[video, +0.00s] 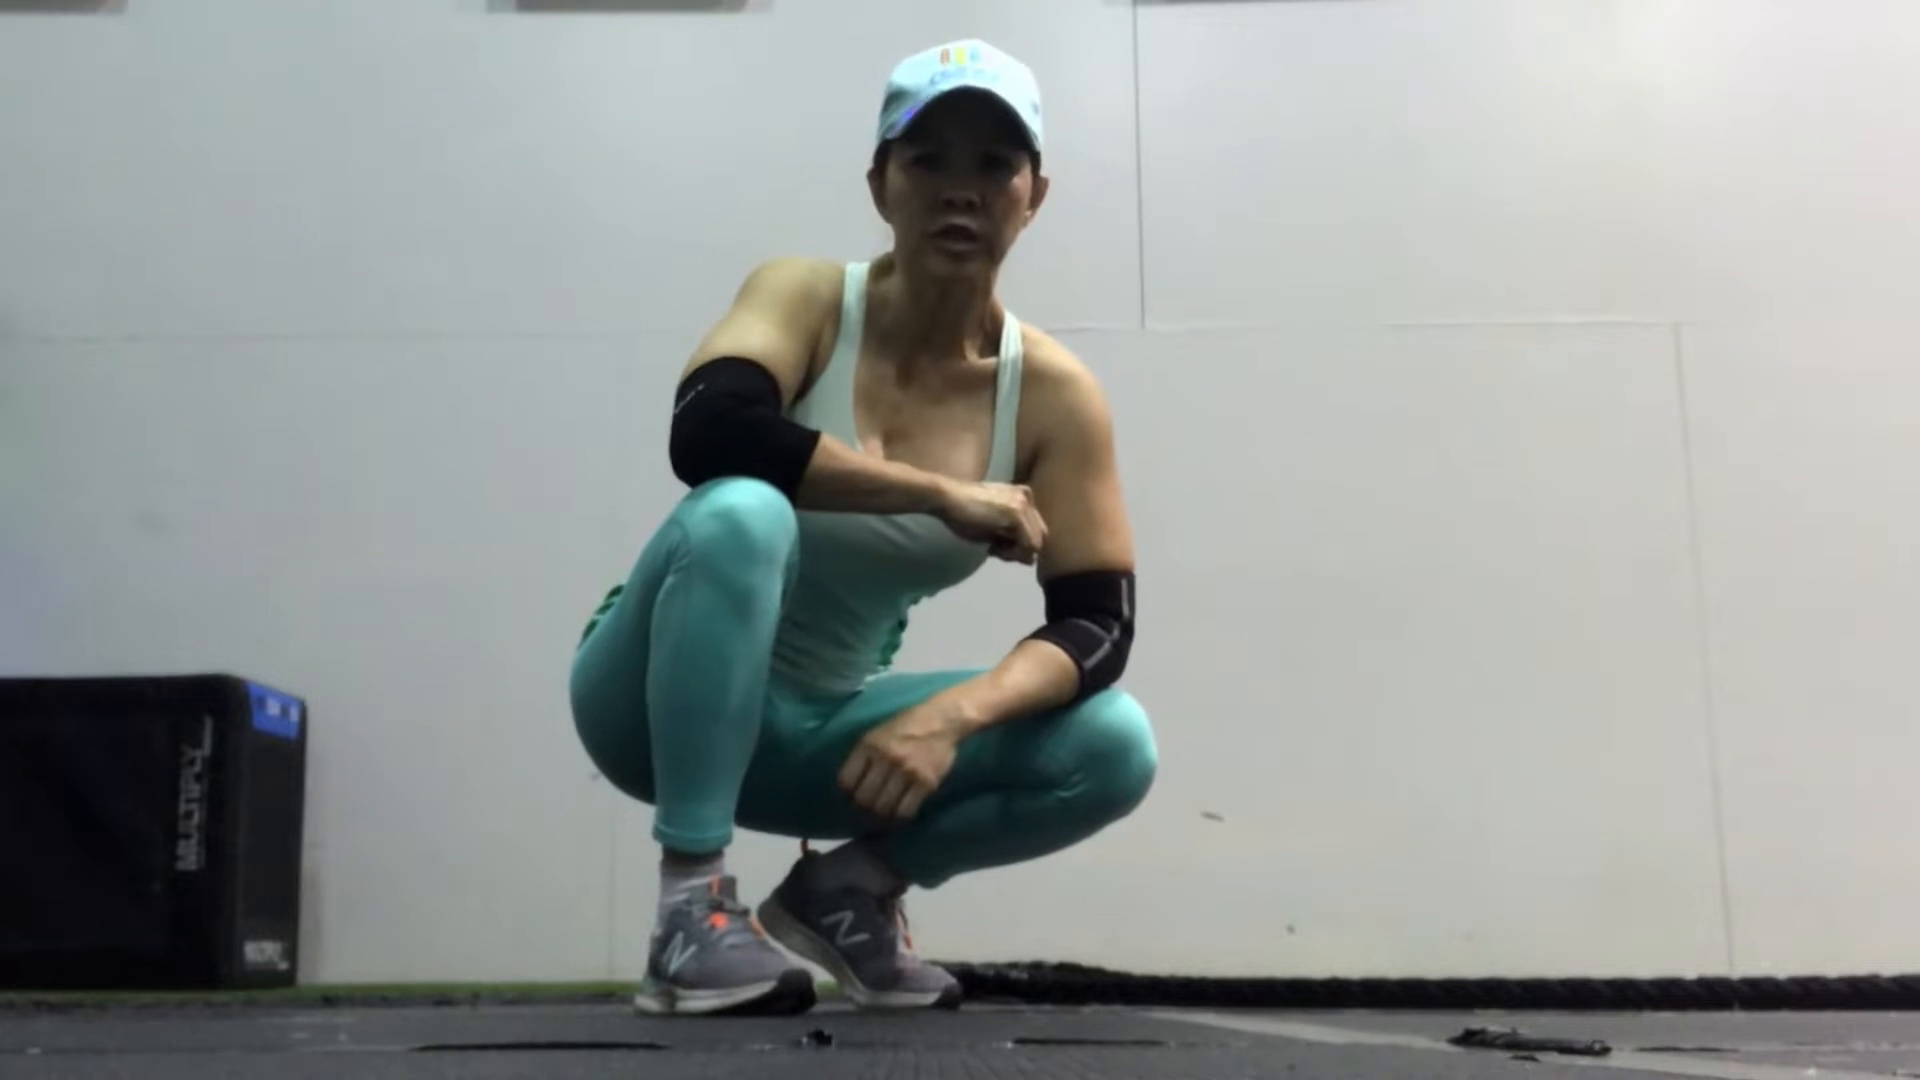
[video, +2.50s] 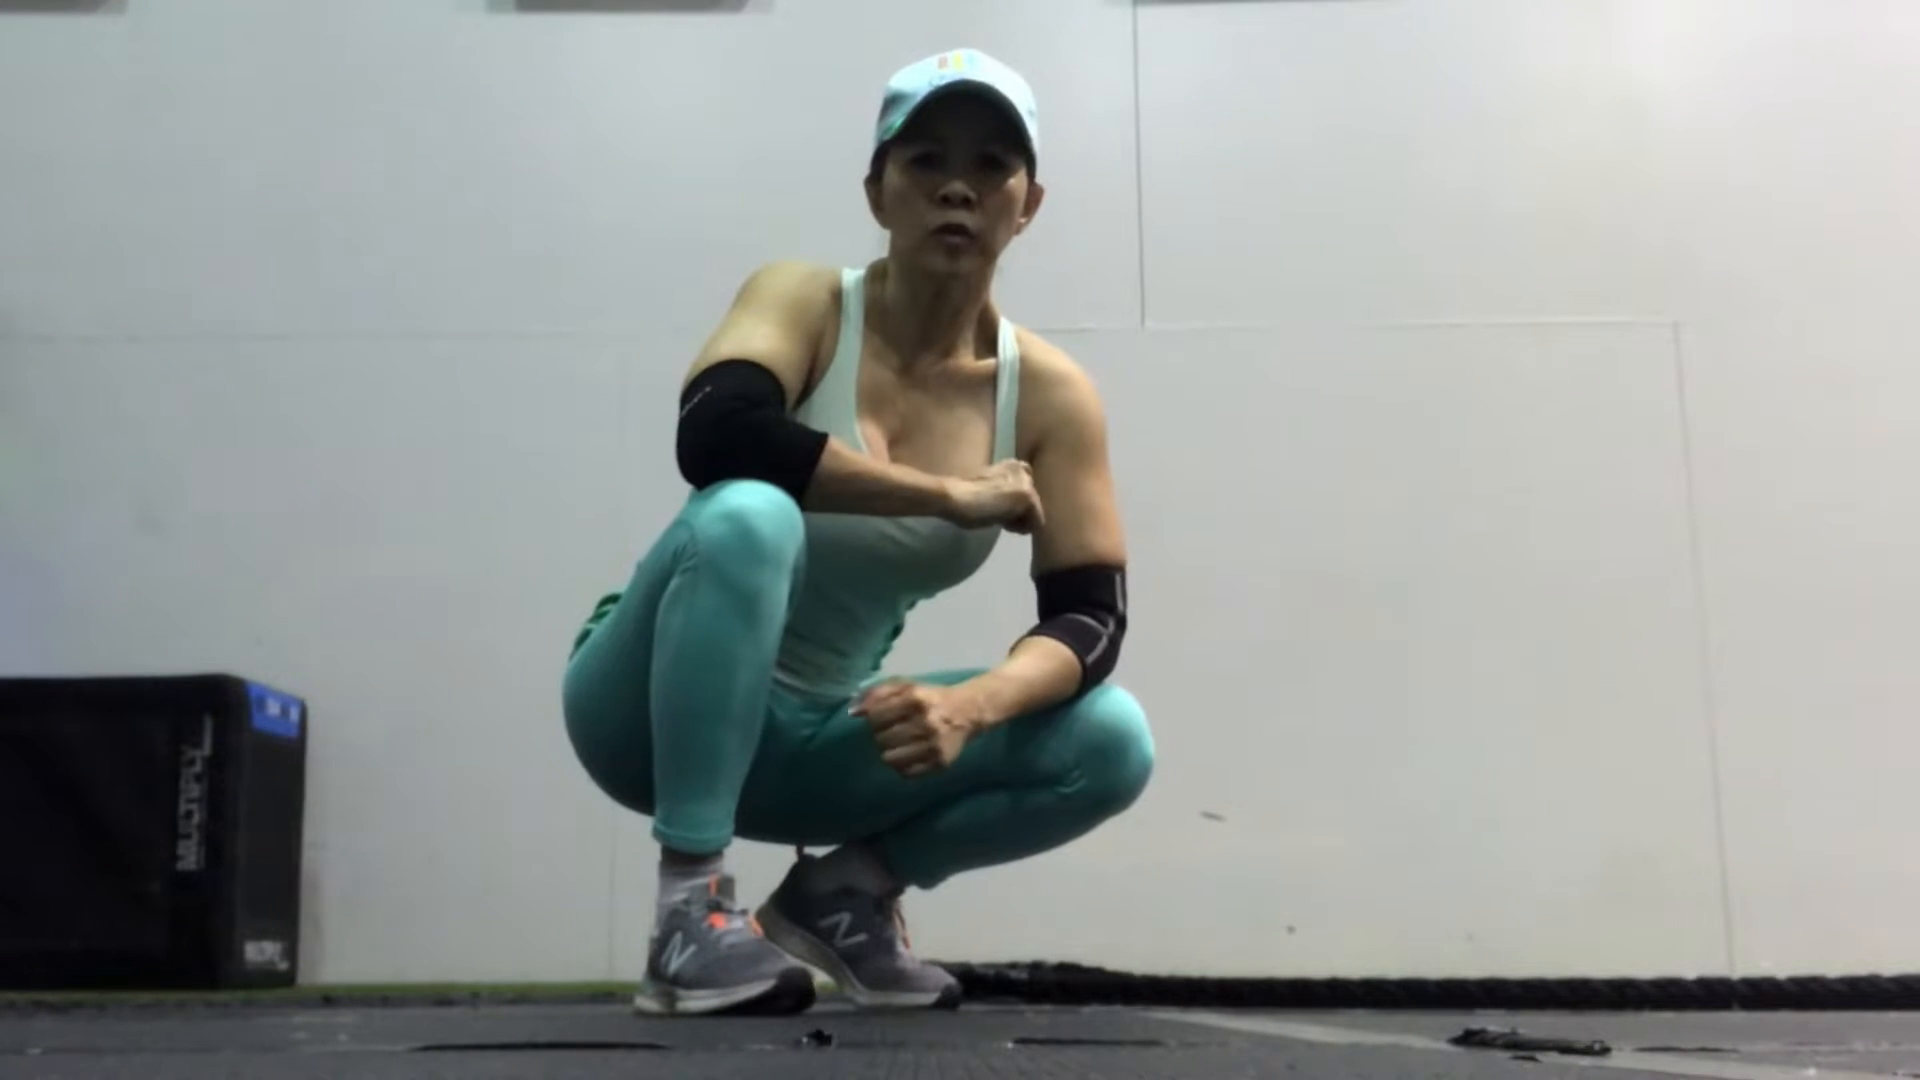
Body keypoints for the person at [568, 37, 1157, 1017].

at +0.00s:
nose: (960, 189)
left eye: (993, 163)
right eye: (929, 159)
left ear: (1034, 195)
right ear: (881, 182)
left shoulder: (1054, 394)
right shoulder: (800, 298)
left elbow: (1094, 627)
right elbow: (711, 436)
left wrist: (951, 712)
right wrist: (942, 497)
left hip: (829, 732)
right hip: (666, 699)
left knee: (1112, 748)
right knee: (741, 516)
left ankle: (845, 888)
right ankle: (692, 909)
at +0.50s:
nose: (962, 186)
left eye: (994, 165)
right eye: (933, 157)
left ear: (1029, 203)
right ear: (880, 185)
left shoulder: (1048, 391)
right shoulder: (798, 296)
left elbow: (1093, 621)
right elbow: (708, 436)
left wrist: (957, 710)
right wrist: (940, 485)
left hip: (824, 733)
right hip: (662, 699)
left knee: (1111, 743)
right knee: (745, 518)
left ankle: (841, 890)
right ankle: (692, 909)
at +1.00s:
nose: (965, 185)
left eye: (997, 166)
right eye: (936, 157)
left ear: (1032, 207)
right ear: (883, 187)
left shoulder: (1049, 393)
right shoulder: (803, 295)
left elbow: (1094, 616)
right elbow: (717, 436)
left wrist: (980, 704)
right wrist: (948, 492)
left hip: (818, 738)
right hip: (657, 703)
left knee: (1114, 740)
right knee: (752, 519)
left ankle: (840, 891)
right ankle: (691, 909)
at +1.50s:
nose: (964, 185)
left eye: (997, 164)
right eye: (935, 156)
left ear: (1035, 204)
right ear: (884, 189)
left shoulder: (1055, 397)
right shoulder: (805, 296)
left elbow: (1093, 620)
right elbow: (715, 435)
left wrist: (972, 709)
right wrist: (945, 495)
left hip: (822, 738)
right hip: (660, 704)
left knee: (1112, 744)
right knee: (749, 517)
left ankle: (840, 890)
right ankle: (692, 910)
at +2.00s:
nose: (960, 187)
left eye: (992, 165)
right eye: (931, 159)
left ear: (1033, 202)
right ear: (883, 189)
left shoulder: (1054, 398)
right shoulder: (804, 297)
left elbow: (1090, 621)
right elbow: (714, 434)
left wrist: (968, 710)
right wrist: (943, 498)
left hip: (821, 740)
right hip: (658, 705)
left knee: (1110, 745)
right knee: (747, 517)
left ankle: (840, 891)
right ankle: (691, 910)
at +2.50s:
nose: (956, 187)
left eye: (988, 164)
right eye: (926, 160)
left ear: (1028, 202)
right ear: (878, 188)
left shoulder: (1048, 395)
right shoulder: (799, 300)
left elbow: (1088, 622)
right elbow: (719, 436)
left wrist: (969, 705)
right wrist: (948, 496)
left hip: (819, 745)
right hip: (656, 710)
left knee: (1108, 743)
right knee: (749, 517)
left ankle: (840, 892)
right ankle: (691, 911)